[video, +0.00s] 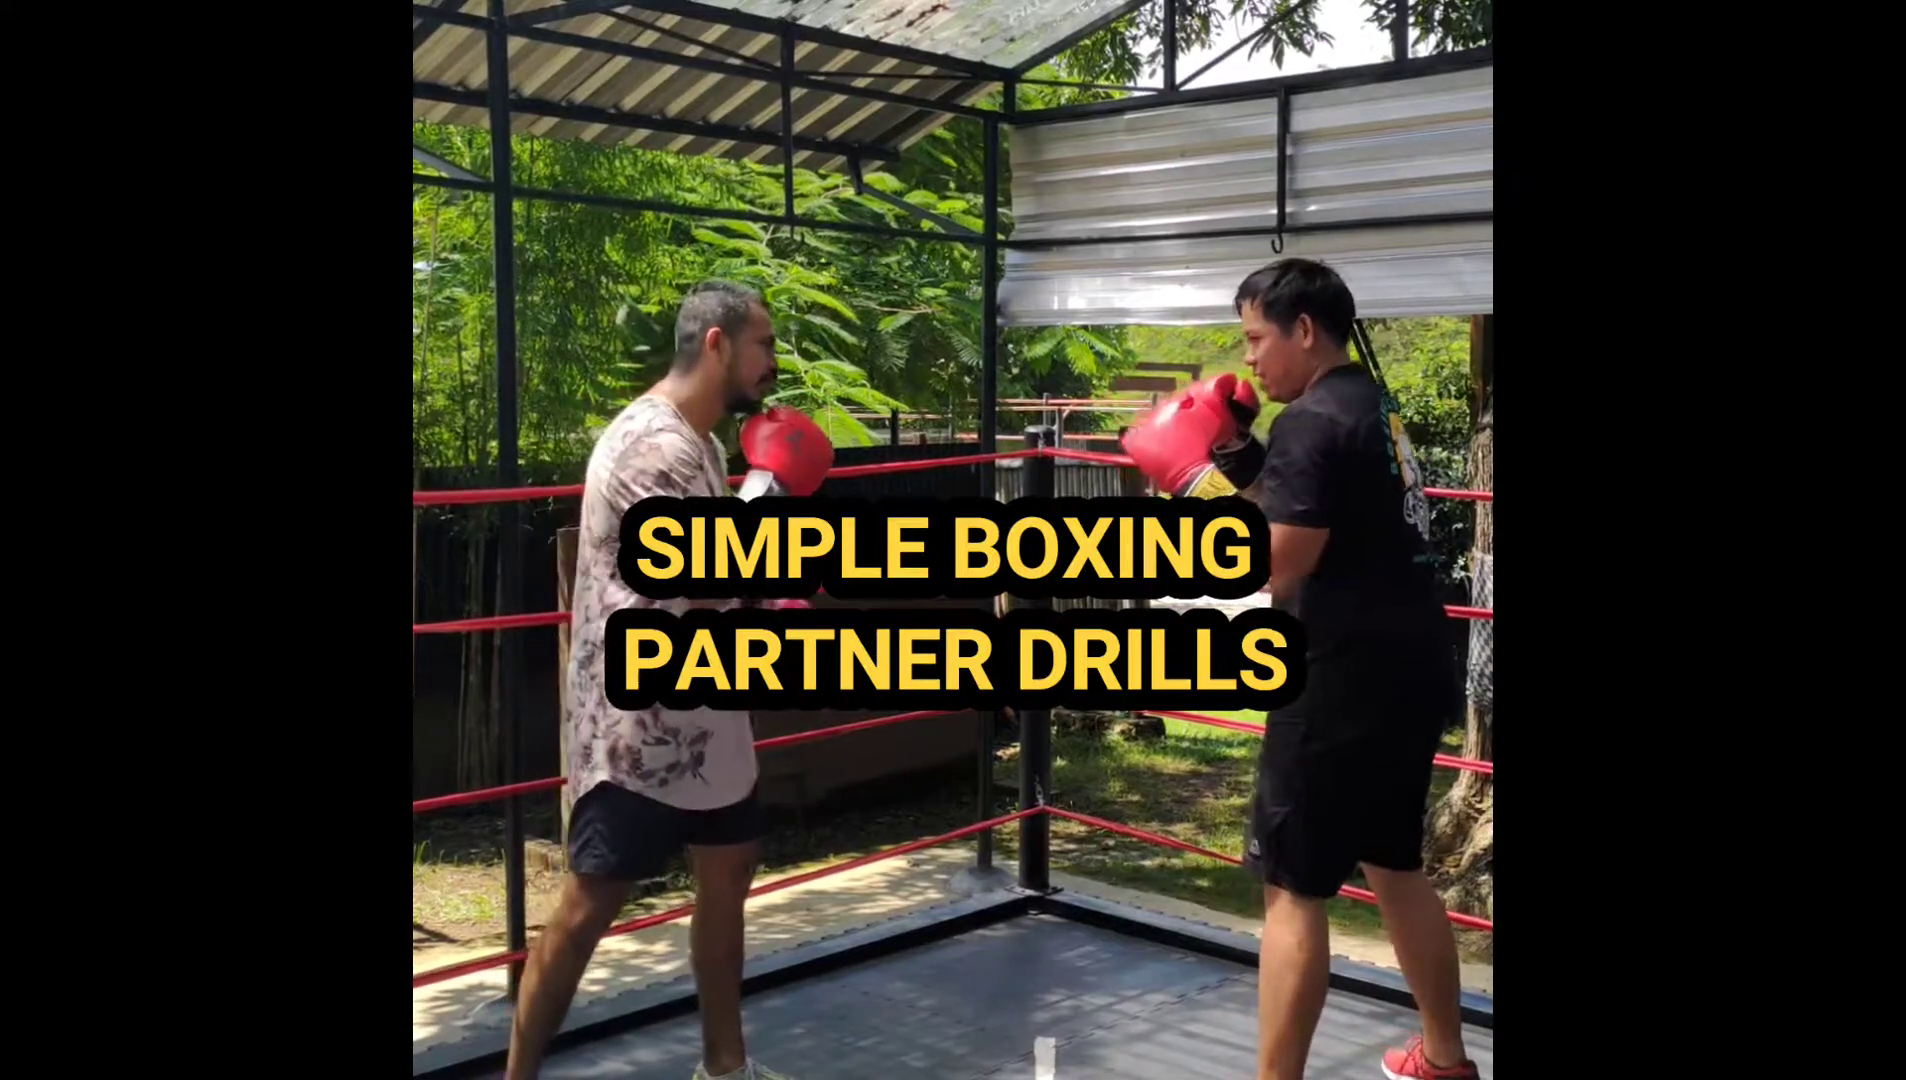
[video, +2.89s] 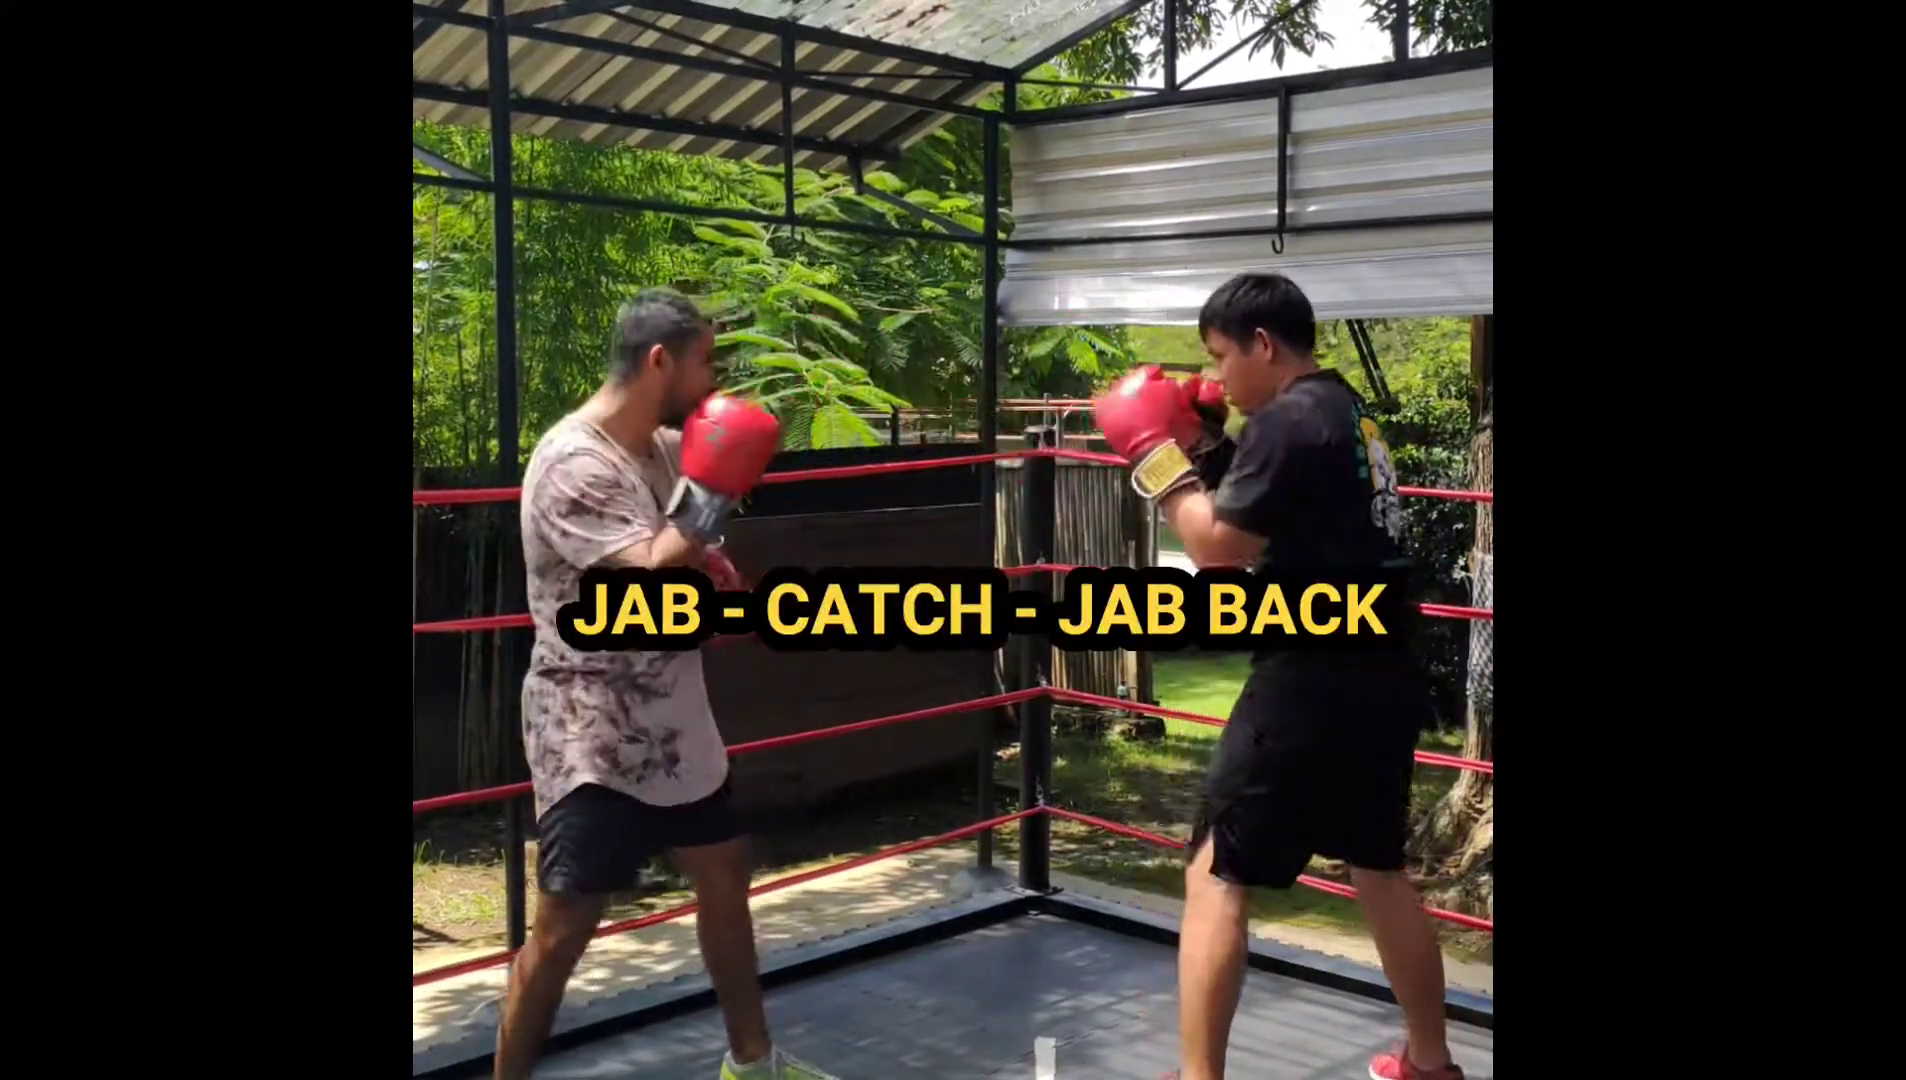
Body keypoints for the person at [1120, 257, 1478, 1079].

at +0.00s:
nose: (1249, 357)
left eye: (1256, 338)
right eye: (1246, 340)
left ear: (1307, 333)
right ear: (1320, 336)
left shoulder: (1315, 421)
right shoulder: (1361, 399)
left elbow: (1277, 570)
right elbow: (1311, 526)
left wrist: (1202, 472)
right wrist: (1237, 447)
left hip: (1339, 682)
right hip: (1406, 675)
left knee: (1294, 887)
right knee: (1396, 862)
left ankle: (1277, 1072)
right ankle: (1444, 1053)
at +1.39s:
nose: (1245, 368)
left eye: (1249, 351)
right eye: (1241, 354)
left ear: (1285, 338)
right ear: (1317, 335)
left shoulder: (1297, 418)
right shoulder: (1373, 402)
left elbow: (1180, 499)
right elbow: (1300, 491)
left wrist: (1178, 399)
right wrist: (1232, 425)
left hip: (1327, 671)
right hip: (1413, 670)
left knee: (1268, 876)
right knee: (1390, 858)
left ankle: (1270, 1071)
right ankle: (1446, 1053)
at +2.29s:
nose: (1183, 377)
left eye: (1183, 358)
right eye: (1180, 359)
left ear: (1221, 349)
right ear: (1267, 344)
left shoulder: (1231, 417)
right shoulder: (1336, 413)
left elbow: (1152, 509)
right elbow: (1282, 505)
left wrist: (1069, 453)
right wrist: (1187, 457)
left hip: (1250, 682)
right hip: (1352, 682)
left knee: (1172, 871)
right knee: (1383, 868)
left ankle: (1170, 1070)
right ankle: (1445, 1049)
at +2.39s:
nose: (1165, 369)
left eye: (1167, 353)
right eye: (1162, 356)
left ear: (1202, 342)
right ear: (1255, 337)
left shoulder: (1206, 407)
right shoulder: (1332, 406)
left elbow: (1051, 435)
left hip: (1233, 684)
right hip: (1343, 682)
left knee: (1171, 875)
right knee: (1374, 867)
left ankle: (1170, 1071)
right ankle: (1428, 1049)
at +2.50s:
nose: (1165, 363)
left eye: (1165, 347)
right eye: (1161, 349)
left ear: (1199, 335)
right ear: (1255, 329)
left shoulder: (1191, 402)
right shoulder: (1336, 402)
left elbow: (1036, 429)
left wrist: (935, 399)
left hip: (1228, 689)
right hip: (1336, 685)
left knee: (1176, 874)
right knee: (1367, 860)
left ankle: (1178, 1071)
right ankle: (1425, 1036)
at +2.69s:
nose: (1183, 364)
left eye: (1184, 344)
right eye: (1180, 344)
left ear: (1220, 335)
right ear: (1261, 335)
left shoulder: (1222, 408)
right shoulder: (1334, 402)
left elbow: (1130, 519)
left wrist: (1036, 456)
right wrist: (1174, 454)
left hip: (1251, 672)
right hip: (1348, 670)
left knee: (1195, 877)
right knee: (1359, 854)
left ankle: (1192, 1071)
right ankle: (1426, 1036)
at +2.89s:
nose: (1215, 377)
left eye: (1217, 359)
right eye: (1209, 363)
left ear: (1264, 346)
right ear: (1290, 347)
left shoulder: (1288, 420)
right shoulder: (1341, 408)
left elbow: (1218, 545)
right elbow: (1279, 518)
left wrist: (1152, 454)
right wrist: (1210, 446)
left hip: (1306, 674)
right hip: (1384, 674)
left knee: (1216, 869)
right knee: (1381, 868)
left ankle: (1200, 1069)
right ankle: (1430, 1059)